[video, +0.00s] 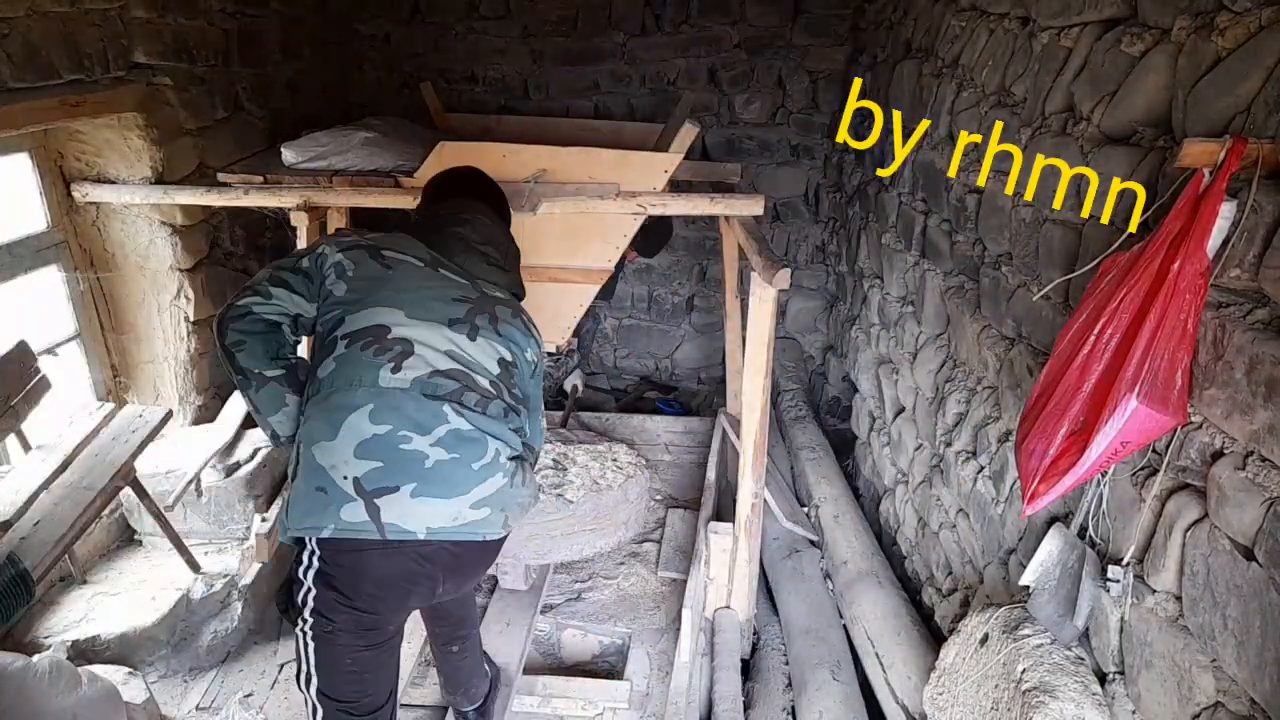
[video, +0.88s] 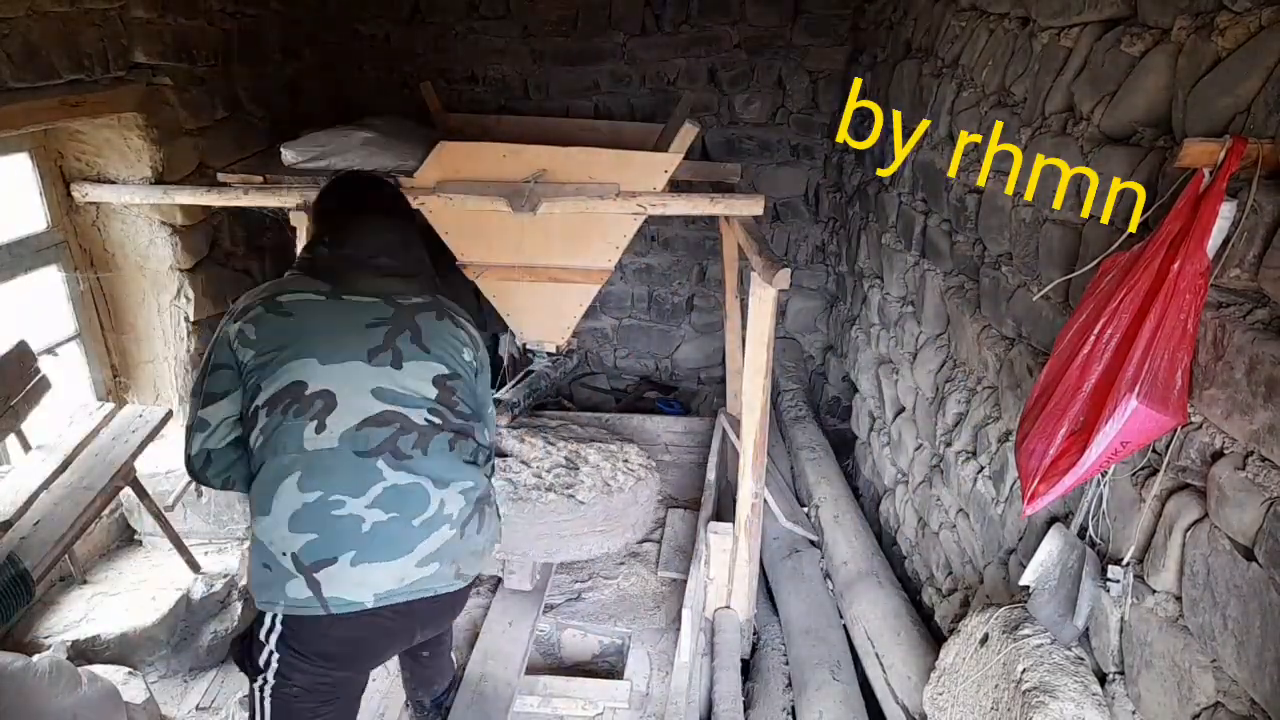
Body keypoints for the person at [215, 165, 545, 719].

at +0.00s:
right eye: (492, 225)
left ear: (421, 213)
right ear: (500, 236)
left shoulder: (350, 254)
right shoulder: (516, 319)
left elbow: (249, 321)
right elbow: (531, 442)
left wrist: (303, 430)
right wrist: (502, 504)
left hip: (353, 543)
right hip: (472, 539)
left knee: (354, 709)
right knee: (456, 622)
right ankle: (473, 701)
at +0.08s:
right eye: (501, 219)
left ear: (430, 209)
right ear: (510, 231)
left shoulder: (354, 250)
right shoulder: (522, 317)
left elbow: (254, 314)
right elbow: (534, 444)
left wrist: (306, 419)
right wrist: (504, 500)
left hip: (356, 547)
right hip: (473, 544)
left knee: (356, 708)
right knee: (459, 618)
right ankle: (471, 696)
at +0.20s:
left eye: (399, 189)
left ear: (404, 195)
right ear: (489, 212)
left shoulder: (348, 240)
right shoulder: (511, 296)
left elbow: (246, 301)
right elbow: (533, 412)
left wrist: (303, 404)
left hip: (376, 517)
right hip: (486, 516)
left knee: (371, 700)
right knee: (449, 600)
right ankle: (473, 699)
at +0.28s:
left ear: (371, 168)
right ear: (458, 182)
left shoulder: (316, 214)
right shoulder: (494, 276)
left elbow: (221, 305)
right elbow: (515, 407)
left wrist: (307, 383)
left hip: (363, 529)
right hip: (472, 515)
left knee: (354, 701)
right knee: (440, 587)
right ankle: (471, 677)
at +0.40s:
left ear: (296, 158)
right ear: (393, 164)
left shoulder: (237, 251)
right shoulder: (446, 265)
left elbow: (200, 400)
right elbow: (488, 384)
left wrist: (267, 445)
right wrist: (441, 450)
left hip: (308, 574)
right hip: (431, 547)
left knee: (326, 710)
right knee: (419, 613)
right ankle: (421, 704)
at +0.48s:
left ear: (296, 205)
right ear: (381, 201)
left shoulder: (252, 269)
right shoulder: (437, 281)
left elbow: (210, 405)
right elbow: (469, 398)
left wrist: (273, 481)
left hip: (333, 566)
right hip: (448, 544)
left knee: (323, 709)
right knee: (418, 616)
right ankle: (432, 709)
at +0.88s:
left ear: (317, 233)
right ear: (406, 233)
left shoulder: (254, 316)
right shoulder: (453, 322)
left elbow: (210, 456)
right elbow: (479, 447)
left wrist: (296, 466)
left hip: (321, 613)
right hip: (444, 590)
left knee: (303, 709)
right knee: (428, 636)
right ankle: (434, 706)